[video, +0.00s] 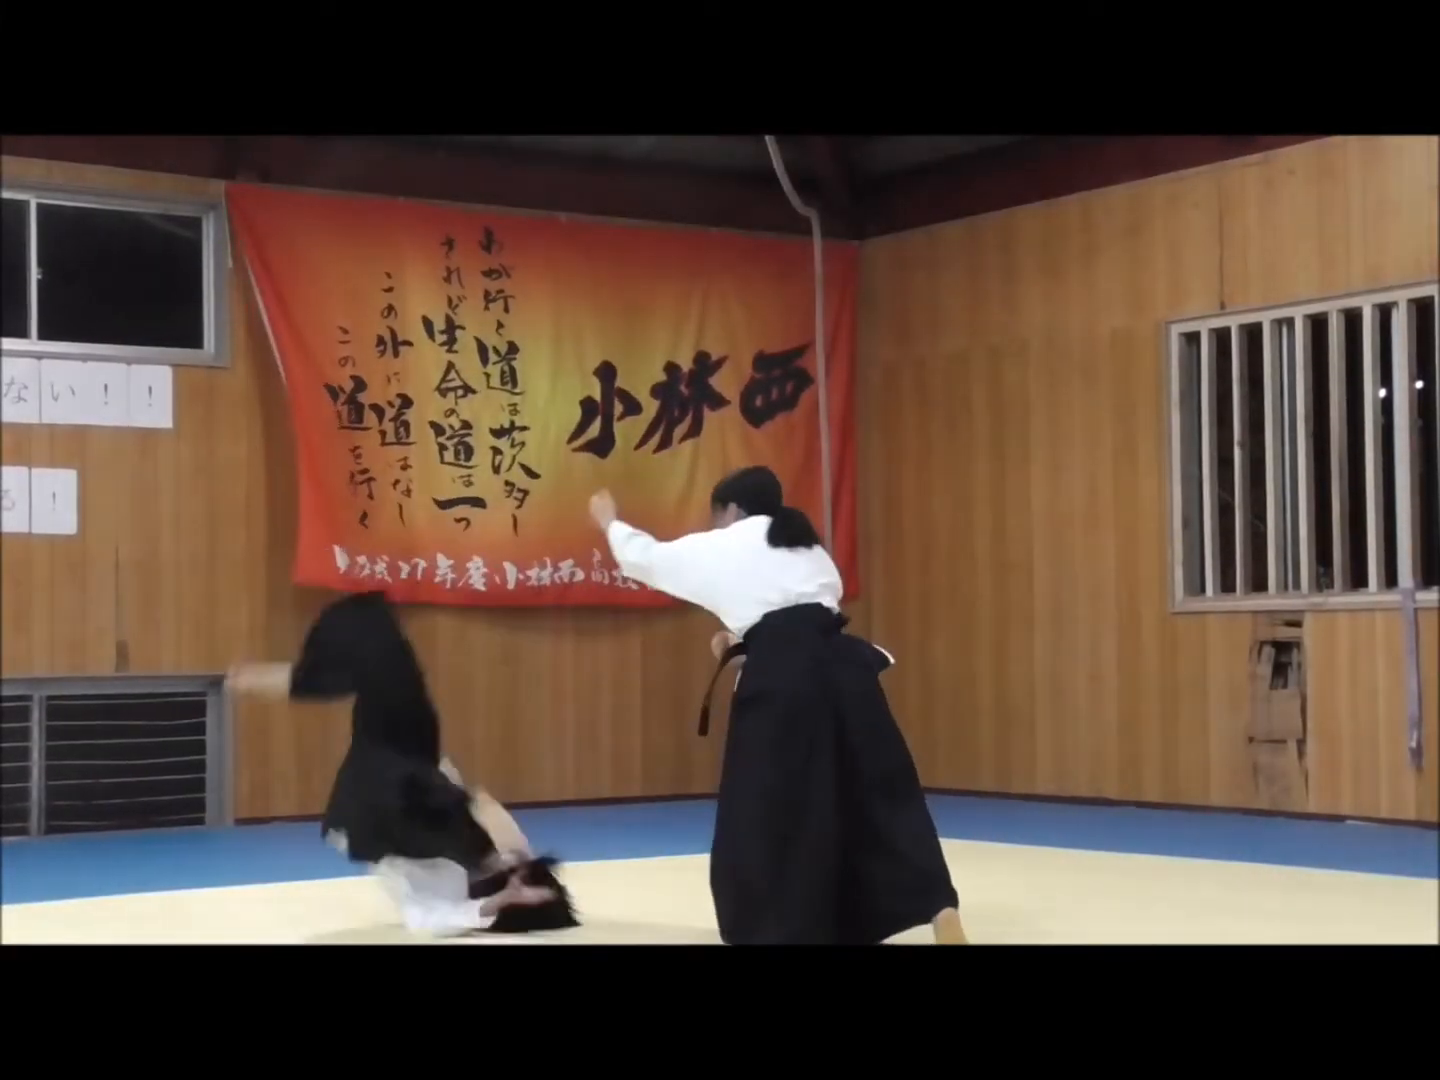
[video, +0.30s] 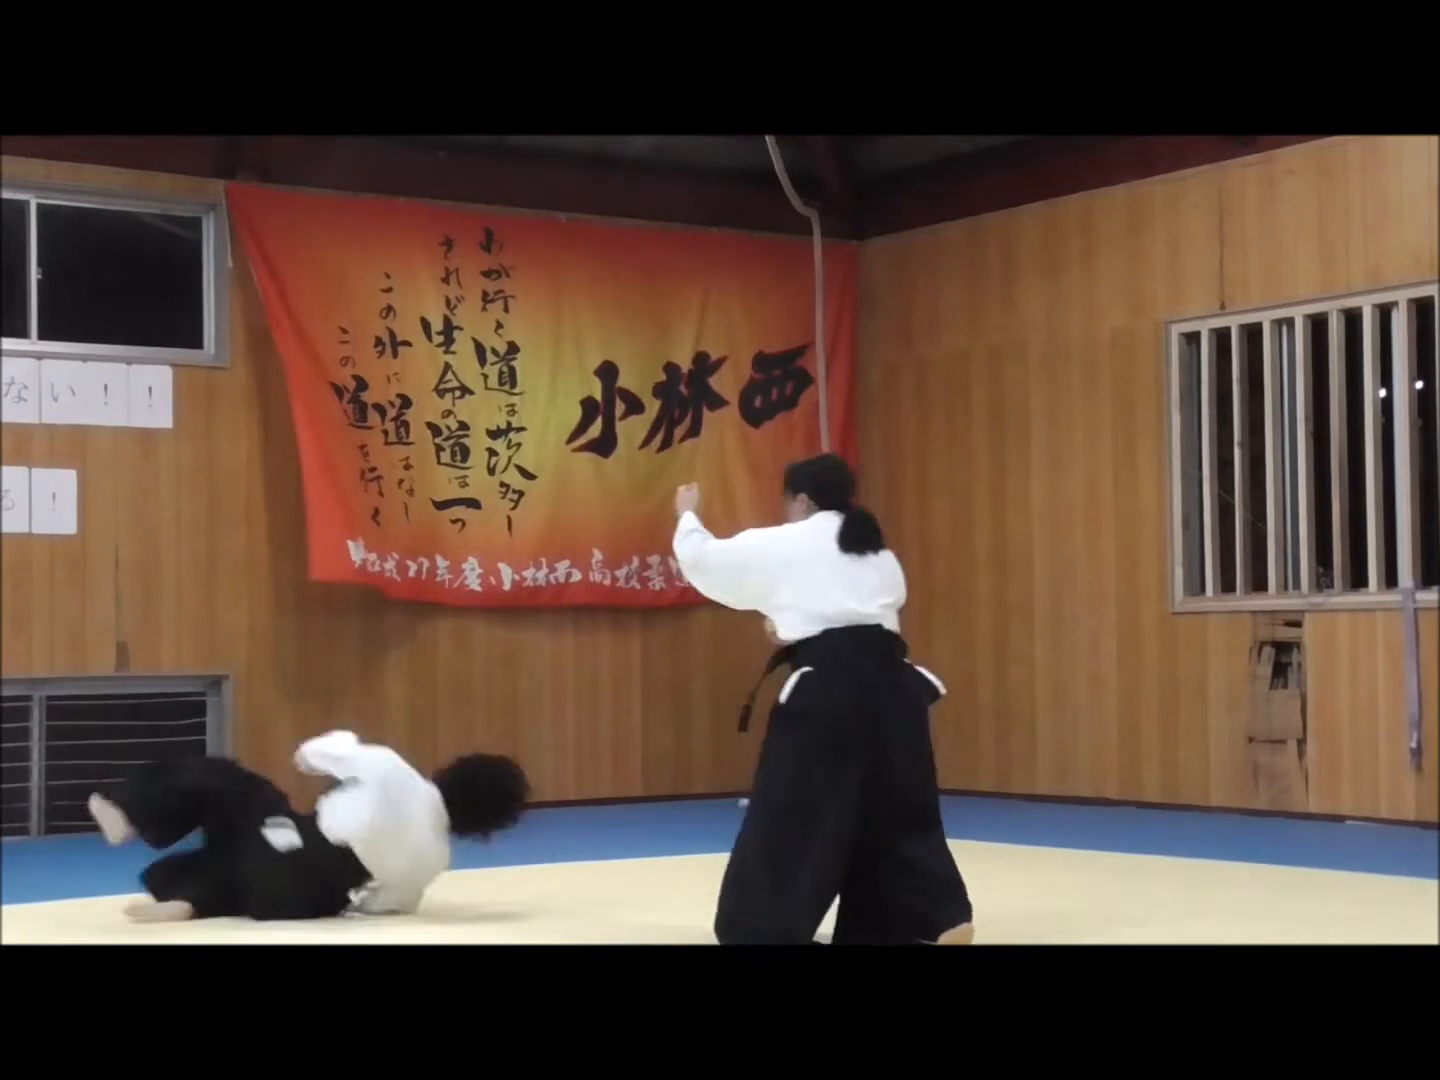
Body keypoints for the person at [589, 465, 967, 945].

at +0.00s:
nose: (713, 522)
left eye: (716, 512)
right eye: (715, 512)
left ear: (733, 510)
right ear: (771, 505)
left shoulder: (719, 548)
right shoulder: (808, 543)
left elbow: (644, 556)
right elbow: (820, 605)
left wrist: (609, 522)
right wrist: (743, 636)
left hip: (780, 678)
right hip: (845, 669)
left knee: (766, 802)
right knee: (889, 786)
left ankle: (767, 927)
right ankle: (942, 904)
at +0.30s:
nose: (785, 509)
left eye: (788, 501)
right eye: (785, 502)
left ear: (804, 502)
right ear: (846, 498)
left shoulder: (782, 545)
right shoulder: (880, 552)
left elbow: (702, 560)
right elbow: (885, 605)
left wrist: (687, 516)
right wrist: (793, 625)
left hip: (824, 689)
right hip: (895, 685)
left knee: (791, 814)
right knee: (908, 809)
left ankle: (760, 930)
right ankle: (950, 918)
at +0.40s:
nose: (814, 505)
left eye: (818, 495)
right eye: (816, 495)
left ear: (836, 496)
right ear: (875, 494)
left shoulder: (824, 541)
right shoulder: (909, 541)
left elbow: (745, 574)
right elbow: (905, 605)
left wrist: (716, 529)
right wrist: (823, 621)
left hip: (858, 683)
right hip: (930, 682)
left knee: (812, 808)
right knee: (924, 813)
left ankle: (770, 924)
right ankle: (930, 926)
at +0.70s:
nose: (878, 477)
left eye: (880, 467)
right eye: (877, 467)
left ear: (899, 467)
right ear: (936, 465)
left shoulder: (892, 522)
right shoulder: (977, 522)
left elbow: (835, 588)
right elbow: (991, 596)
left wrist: (790, 568)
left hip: (919, 674)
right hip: (990, 672)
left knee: (871, 795)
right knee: (964, 805)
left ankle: (866, 926)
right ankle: (950, 929)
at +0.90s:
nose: (902, 470)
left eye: (903, 459)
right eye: (901, 459)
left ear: (923, 457)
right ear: (962, 454)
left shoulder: (914, 518)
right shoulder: (1005, 514)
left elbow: (878, 595)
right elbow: (1026, 594)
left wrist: (826, 605)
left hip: (950, 661)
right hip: (1023, 659)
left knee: (912, 797)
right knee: (987, 803)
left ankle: (907, 926)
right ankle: (998, 924)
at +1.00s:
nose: (911, 466)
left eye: (913, 456)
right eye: (910, 457)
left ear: (935, 455)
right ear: (974, 453)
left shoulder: (926, 521)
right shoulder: (1017, 510)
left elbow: (892, 606)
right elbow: (1042, 595)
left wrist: (845, 634)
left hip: (971, 667)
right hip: (1039, 661)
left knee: (938, 803)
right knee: (1013, 804)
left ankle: (942, 926)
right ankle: (1046, 920)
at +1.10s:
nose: (918, 457)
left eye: (922, 447)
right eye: (919, 447)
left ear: (945, 449)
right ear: (980, 447)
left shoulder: (941, 517)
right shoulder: (1028, 503)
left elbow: (914, 611)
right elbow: (1055, 586)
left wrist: (869, 659)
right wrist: (1061, 648)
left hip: (986, 664)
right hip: (1052, 657)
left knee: (967, 807)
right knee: (1037, 802)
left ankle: (969, 929)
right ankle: (1060, 925)